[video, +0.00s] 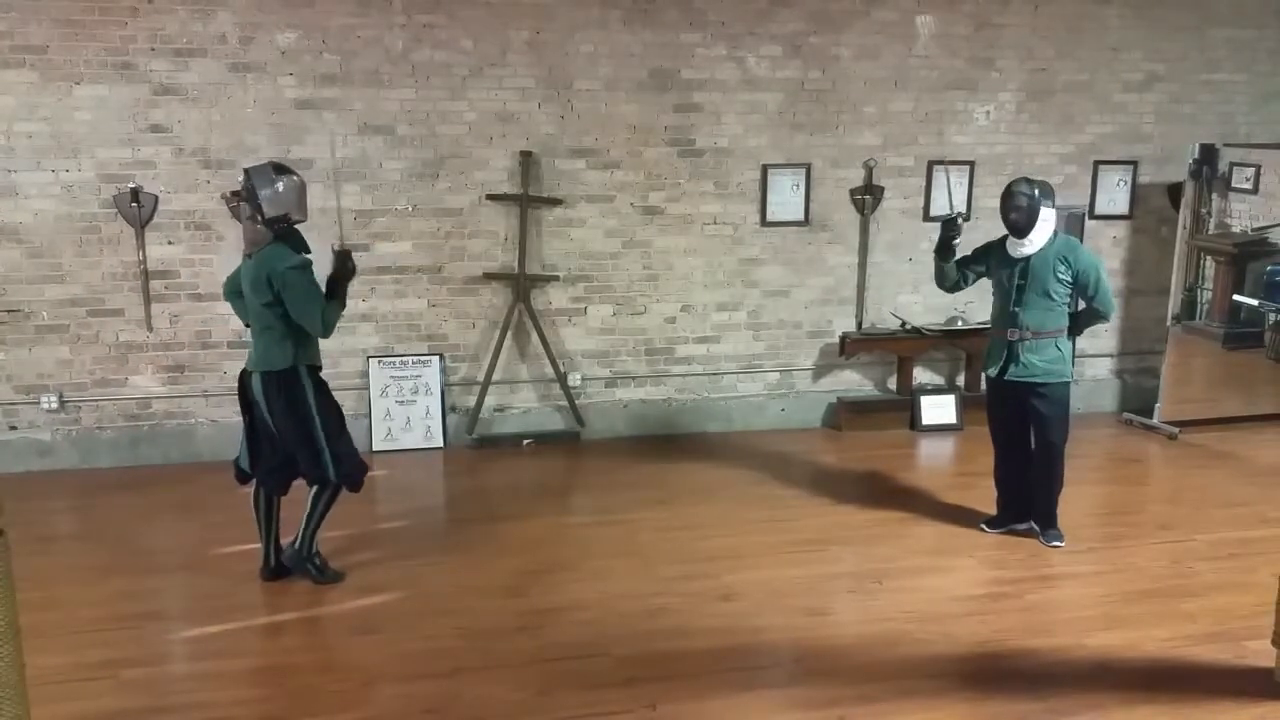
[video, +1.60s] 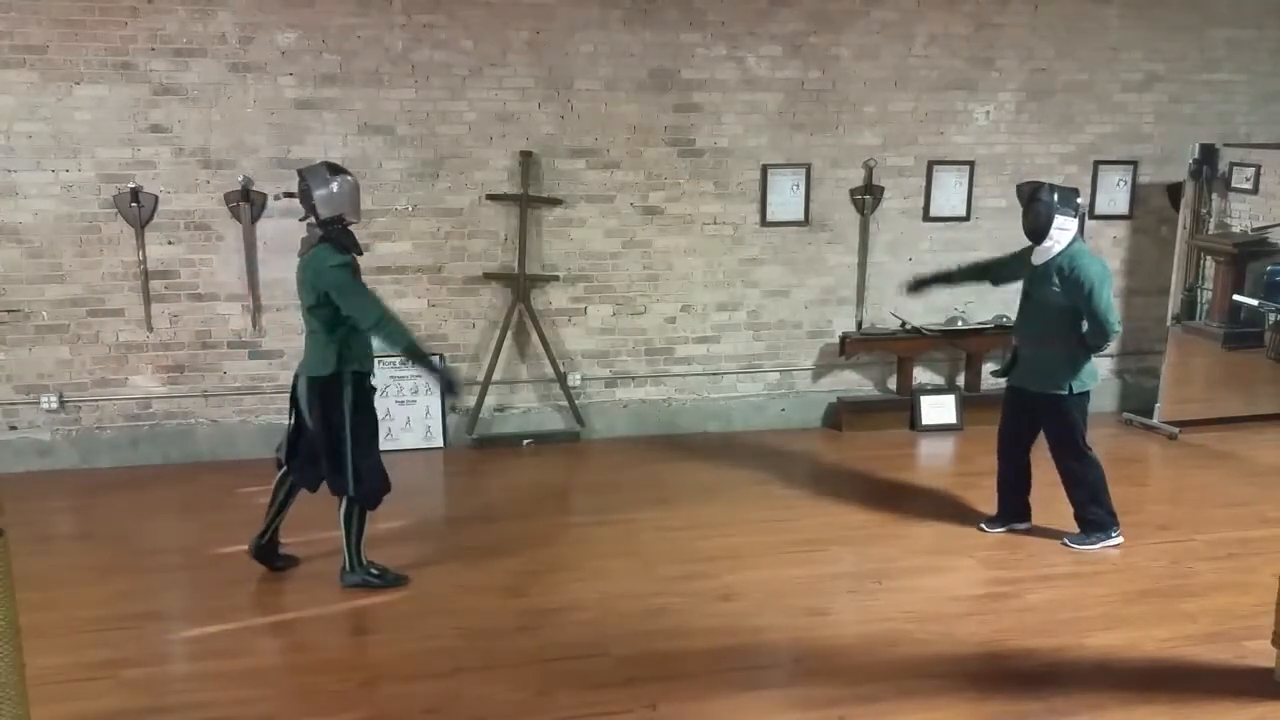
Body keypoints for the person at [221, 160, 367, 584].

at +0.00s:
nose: (300, 206)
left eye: (243, 208)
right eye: (294, 200)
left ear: (257, 215)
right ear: (286, 210)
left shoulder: (257, 258)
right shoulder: (287, 261)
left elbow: (231, 288)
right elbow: (323, 323)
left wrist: (261, 325)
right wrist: (339, 280)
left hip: (258, 376)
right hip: (293, 377)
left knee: (268, 467)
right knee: (337, 467)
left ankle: (271, 557)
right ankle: (304, 548)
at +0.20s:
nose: (308, 207)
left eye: (304, 199)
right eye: (301, 200)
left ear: (264, 212)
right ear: (290, 208)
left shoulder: (260, 263)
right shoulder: (290, 266)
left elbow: (272, 331)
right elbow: (306, 338)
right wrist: (363, 328)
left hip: (263, 378)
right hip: (295, 379)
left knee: (274, 469)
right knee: (335, 470)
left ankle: (272, 557)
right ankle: (339, 562)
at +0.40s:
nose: (317, 202)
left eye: (312, 195)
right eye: (310, 196)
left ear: (275, 206)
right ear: (299, 203)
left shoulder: (277, 256)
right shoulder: (295, 263)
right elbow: (310, 339)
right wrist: (354, 389)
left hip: (282, 378)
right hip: (304, 381)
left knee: (287, 469)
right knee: (335, 471)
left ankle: (272, 554)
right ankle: (354, 565)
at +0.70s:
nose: (327, 200)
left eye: (325, 192)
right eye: (320, 194)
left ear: (291, 202)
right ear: (305, 200)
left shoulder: (317, 247)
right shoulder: (301, 259)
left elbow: (327, 323)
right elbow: (311, 334)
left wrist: (354, 376)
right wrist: (318, 401)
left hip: (338, 376)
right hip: (332, 380)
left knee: (316, 460)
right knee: (355, 470)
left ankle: (280, 532)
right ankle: (354, 564)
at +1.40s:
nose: (347, 202)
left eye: (343, 194)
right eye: (340, 195)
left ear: (308, 203)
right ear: (325, 201)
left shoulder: (320, 252)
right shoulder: (323, 260)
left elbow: (334, 330)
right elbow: (340, 333)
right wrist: (360, 396)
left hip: (324, 379)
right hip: (339, 383)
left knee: (314, 463)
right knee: (362, 476)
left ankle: (273, 537)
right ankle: (355, 565)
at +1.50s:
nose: (351, 206)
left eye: (347, 198)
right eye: (346, 199)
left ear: (310, 205)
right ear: (336, 203)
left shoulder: (314, 254)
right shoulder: (329, 262)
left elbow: (339, 328)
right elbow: (357, 333)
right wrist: (394, 388)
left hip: (318, 376)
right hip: (342, 378)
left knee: (308, 461)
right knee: (363, 473)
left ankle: (269, 539)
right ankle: (356, 565)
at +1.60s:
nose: (355, 206)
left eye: (352, 198)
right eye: (349, 200)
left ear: (314, 207)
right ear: (338, 205)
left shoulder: (315, 253)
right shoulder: (331, 262)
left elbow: (328, 322)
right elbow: (376, 318)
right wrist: (429, 364)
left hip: (315, 376)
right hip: (340, 379)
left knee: (302, 461)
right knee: (359, 472)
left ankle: (266, 541)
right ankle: (355, 566)